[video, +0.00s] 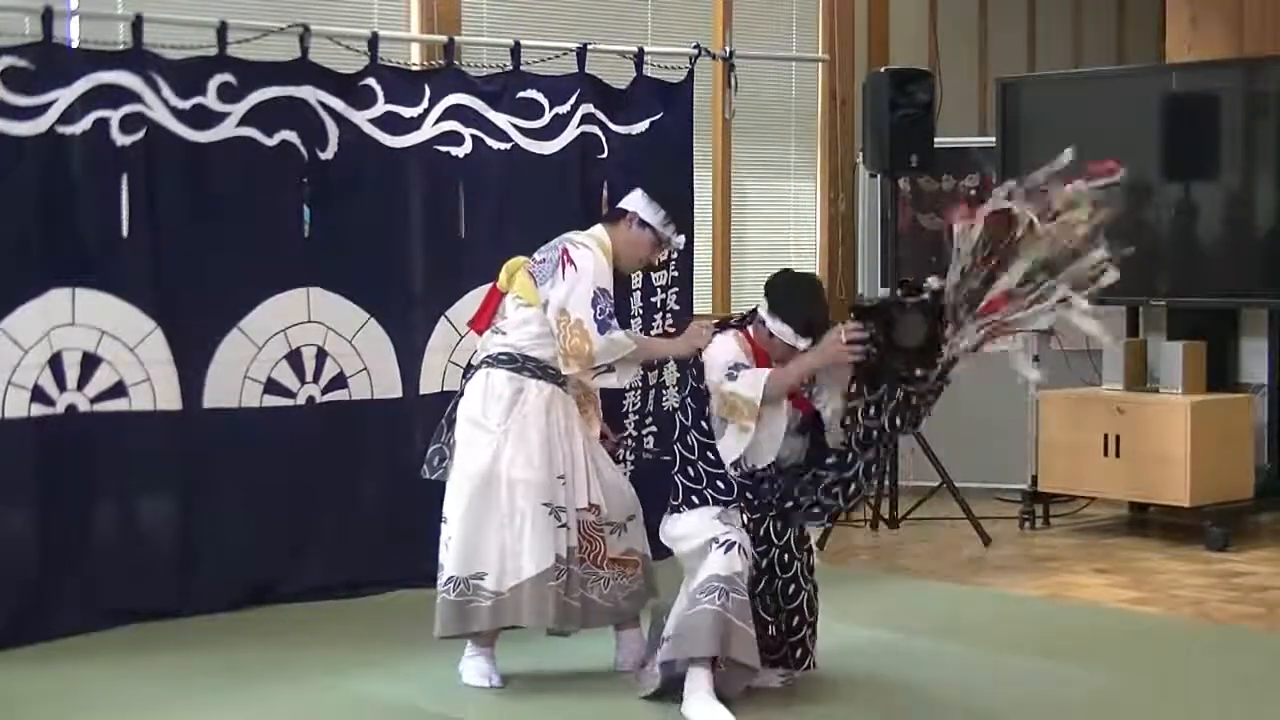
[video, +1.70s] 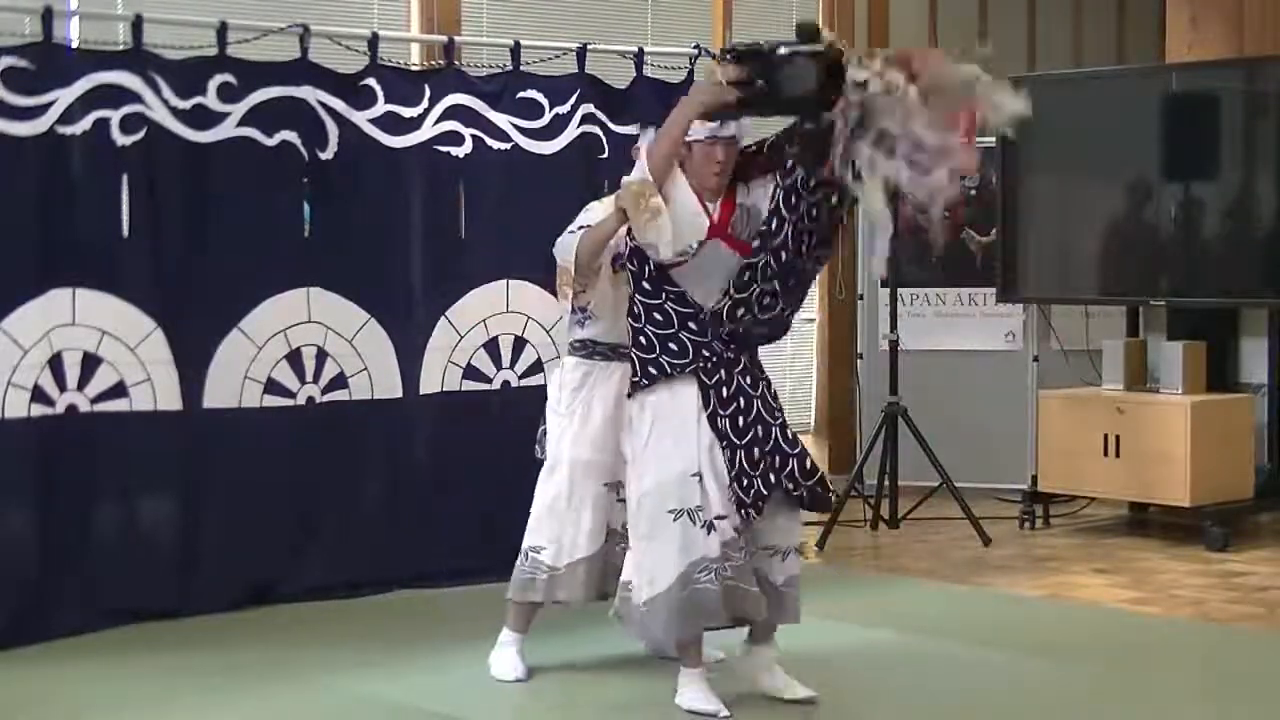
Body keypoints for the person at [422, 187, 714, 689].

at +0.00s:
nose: (652, 262)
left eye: (659, 253)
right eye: (655, 248)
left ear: (627, 225)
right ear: (631, 224)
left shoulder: (583, 257)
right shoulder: (583, 258)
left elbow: (580, 357)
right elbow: (590, 345)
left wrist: (590, 419)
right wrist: (674, 346)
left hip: (545, 402)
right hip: (512, 399)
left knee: (617, 505)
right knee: (501, 521)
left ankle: (633, 648)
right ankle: (479, 652)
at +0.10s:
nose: (652, 260)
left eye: (659, 251)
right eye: (655, 246)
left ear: (627, 224)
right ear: (631, 222)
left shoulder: (585, 258)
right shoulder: (583, 258)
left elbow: (589, 358)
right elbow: (586, 350)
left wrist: (670, 348)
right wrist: (676, 349)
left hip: (545, 401)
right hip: (512, 398)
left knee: (616, 506)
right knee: (501, 520)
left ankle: (632, 648)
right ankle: (479, 652)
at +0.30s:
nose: (661, 252)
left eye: (666, 242)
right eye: (661, 237)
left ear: (628, 221)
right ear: (630, 219)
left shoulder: (584, 255)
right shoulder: (588, 258)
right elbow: (592, 345)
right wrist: (679, 356)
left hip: (543, 405)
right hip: (512, 402)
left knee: (616, 507)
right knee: (500, 522)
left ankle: (632, 649)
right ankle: (479, 651)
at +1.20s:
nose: (627, 195)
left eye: (630, 185)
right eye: (620, 182)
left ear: (597, 180)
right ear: (587, 173)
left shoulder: (584, 243)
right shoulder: (545, 226)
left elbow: (565, 334)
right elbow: (565, 291)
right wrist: (644, 281)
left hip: (557, 392)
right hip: (512, 392)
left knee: (625, 492)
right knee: (503, 516)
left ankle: (641, 624)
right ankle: (481, 646)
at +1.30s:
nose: (630, 186)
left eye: (634, 176)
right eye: (623, 173)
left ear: (603, 174)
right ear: (589, 166)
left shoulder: (590, 233)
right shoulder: (550, 222)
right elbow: (563, 284)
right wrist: (636, 260)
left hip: (574, 390)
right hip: (525, 391)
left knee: (621, 499)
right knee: (511, 514)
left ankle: (644, 623)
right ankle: (480, 645)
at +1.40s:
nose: (639, 180)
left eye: (643, 170)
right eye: (631, 167)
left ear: (631, 173)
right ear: (598, 161)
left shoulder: (612, 227)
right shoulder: (562, 219)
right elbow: (564, 281)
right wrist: (627, 246)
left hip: (601, 385)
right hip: (544, 386)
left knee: (637, 499)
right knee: (522, 510)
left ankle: (662, 625)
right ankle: (480, 647)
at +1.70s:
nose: (680, 168)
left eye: (684, 158)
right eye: (672, 154)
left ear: (686, 170)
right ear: (645, 165)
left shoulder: (688, 220)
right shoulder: (603, 214)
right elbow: (575, 262)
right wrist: (621, 211)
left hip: (658, 378)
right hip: (594, 377)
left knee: (672, 502)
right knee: (562, 504)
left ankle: (679, 630)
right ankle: (510, 640)